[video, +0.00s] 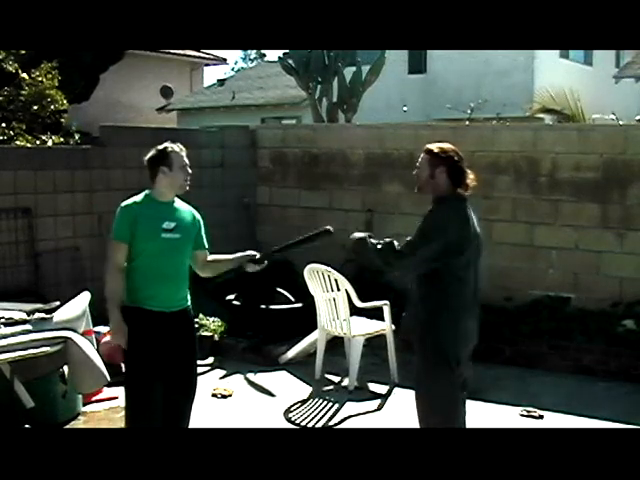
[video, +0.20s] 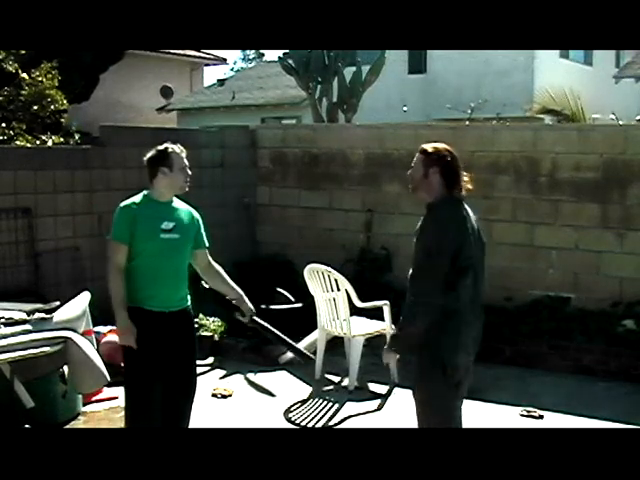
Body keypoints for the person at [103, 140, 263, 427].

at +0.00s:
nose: (190, 173)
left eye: (189, 167)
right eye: (184, 167)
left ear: (172, 172)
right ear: (163, 172)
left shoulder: (191, 216)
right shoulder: (131, 211)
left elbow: (203, 266)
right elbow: (116, 267)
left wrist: (240, 259)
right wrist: (115, 318)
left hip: (180, 320)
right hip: (142, 319)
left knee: (180, 400)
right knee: (144, 402)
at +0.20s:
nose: (189, 174)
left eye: (188, 168)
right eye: (183, 168)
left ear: (170, 174)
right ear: (163, 172)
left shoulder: (190, 216)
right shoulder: (130, 211)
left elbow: (206, 266)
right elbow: (116, 267)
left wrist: (238, 295)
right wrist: (122, 320)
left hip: (180, 320)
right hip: (142, 320)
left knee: (180, 400)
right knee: (143, 402)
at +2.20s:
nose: (205, 174)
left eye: (203, 168)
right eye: (199, 168)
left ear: (185, 175)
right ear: (180, 174)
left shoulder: (205, 219)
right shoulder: (146, 213)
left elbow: (216, 267)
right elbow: (131, 268)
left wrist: (251, 276)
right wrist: (129, 320)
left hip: (192, 320)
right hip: (156, 318)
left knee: (186, 398)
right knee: (153, 399)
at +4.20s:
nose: (195, 172)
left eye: (194, 166)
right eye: (188, 167)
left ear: (175, 173)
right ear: (169, 173)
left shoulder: (194, 218)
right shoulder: (138, 210)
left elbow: (208, 267)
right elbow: (122, 266)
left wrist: (244, 252)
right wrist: (121, 316)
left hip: (184, 319)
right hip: (148, 318)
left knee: (184, 392)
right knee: (149, 396)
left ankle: (176, 430)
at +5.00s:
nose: (194, 171)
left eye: (192, 165)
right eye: (187, 166)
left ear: (174, 173)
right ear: (168, 173)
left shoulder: (196, 216)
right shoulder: (139, 212)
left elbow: (207, 267)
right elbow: (125, 270)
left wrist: (243, 288)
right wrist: (129, 320)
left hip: (187, 318)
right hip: (152, 318)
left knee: (185, 395)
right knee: (151, 397)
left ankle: (177, 430)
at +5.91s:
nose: (165, 170)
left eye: (170, 165)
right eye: (158, 166)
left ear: (178, 171)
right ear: (148, 173)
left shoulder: (191, 213)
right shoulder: (133, 214)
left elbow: (204, 265)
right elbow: (122, 272)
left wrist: (225, 309)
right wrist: (124, 322)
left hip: (185, 319)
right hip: (148, 319)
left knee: (184, 398)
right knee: (151, 400)